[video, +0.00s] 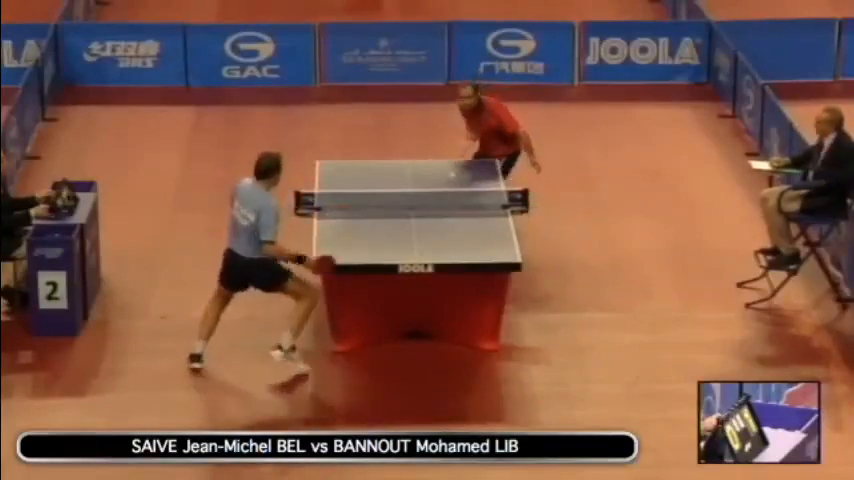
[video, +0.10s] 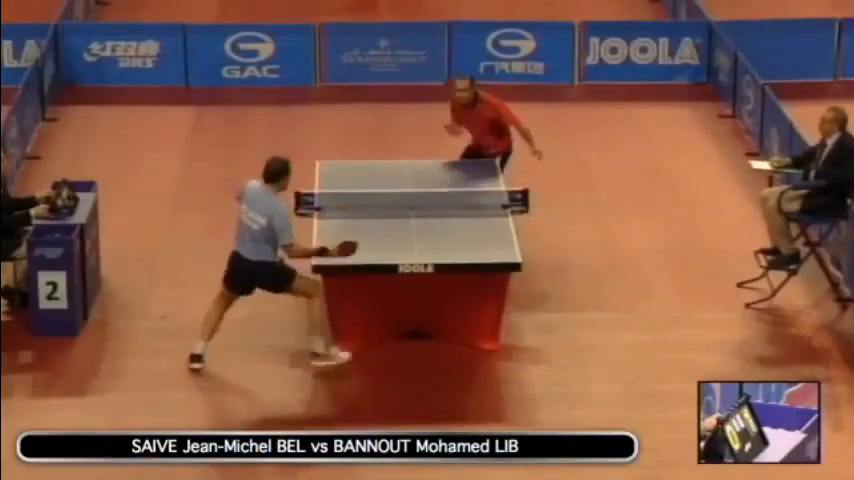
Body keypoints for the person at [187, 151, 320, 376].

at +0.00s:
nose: (281, 176)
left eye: (279, 172)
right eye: (280, 173)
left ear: (257, 171)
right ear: (276, 176)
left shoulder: (242, 186)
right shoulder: (268, 203)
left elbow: (234, 205)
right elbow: (268, 247)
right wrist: (301, 259)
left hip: (232, 259)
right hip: (258, 265)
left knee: (219, 300)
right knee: (309, 295)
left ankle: (198, 350)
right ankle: (286, 346)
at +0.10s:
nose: (289, 180)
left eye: (288, 176)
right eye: (288, 177)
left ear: (266, 175)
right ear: (284, 180)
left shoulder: (251, 187)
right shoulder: (278, 209)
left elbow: (239, 197)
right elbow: (291, 251)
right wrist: (319, 251)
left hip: (239, 263)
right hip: (266, 268)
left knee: (222, 301)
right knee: (315, 288)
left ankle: (198, 350)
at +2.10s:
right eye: (314, 193)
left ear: (291, 196)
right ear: (314, 196)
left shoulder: (277, 220)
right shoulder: (323, 225)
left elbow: (253, 251)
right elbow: (338, 266)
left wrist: (266, 267)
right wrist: (349, 269)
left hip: (278, 294)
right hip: (309, 296)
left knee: (254, 335)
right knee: (357, 332)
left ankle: (228, 383)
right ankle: (358, 393)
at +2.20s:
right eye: (331, 199)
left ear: (306, 200)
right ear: (329, 202)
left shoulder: (290, 224)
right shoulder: (330, 231)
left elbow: (271, 260)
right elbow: (338, 275)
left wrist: (278, 285)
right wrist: (361, 290)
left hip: (285, 295)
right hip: (314, 298)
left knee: (265, 337)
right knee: (361, 341)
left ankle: (238, 391)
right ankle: (375, 404)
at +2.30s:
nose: (349, 223)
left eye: (349, 218)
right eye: (348, 218)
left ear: (324, 215)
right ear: (344, 220)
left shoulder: (302, 238)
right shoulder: (337, 246)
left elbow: (282, 271)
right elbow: (345, 290)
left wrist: (280, 300)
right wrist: (376, 310)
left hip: (290, 308)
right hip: (319, 313)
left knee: (269, 348)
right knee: (369, 350)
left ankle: (237, 399)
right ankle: (377, 413)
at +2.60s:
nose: (430, 240)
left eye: (428, 236)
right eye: (429, 237)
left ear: (406, 234)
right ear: (423, 241)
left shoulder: (390, 241)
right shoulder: (412, 268)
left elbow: (360, 240)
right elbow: (449, 299)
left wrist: (379, 254)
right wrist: (484, 297)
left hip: (343, 304)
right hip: (363, 317)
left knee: (328, 348)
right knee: (400, 359)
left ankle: (286, 389)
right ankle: (379, 417)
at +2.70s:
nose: (439, 230)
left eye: (437, 225)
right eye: (438, 227)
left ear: (415, 222)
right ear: (433, 231)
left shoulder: (399, 230)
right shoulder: (420, 258)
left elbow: (370, 227)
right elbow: (454, 297)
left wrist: (393, 234)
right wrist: (490, 300)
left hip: (355, 297)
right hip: (378, 310)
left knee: (347, 342)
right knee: (406, 359)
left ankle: (314, 389)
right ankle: (385, 414)